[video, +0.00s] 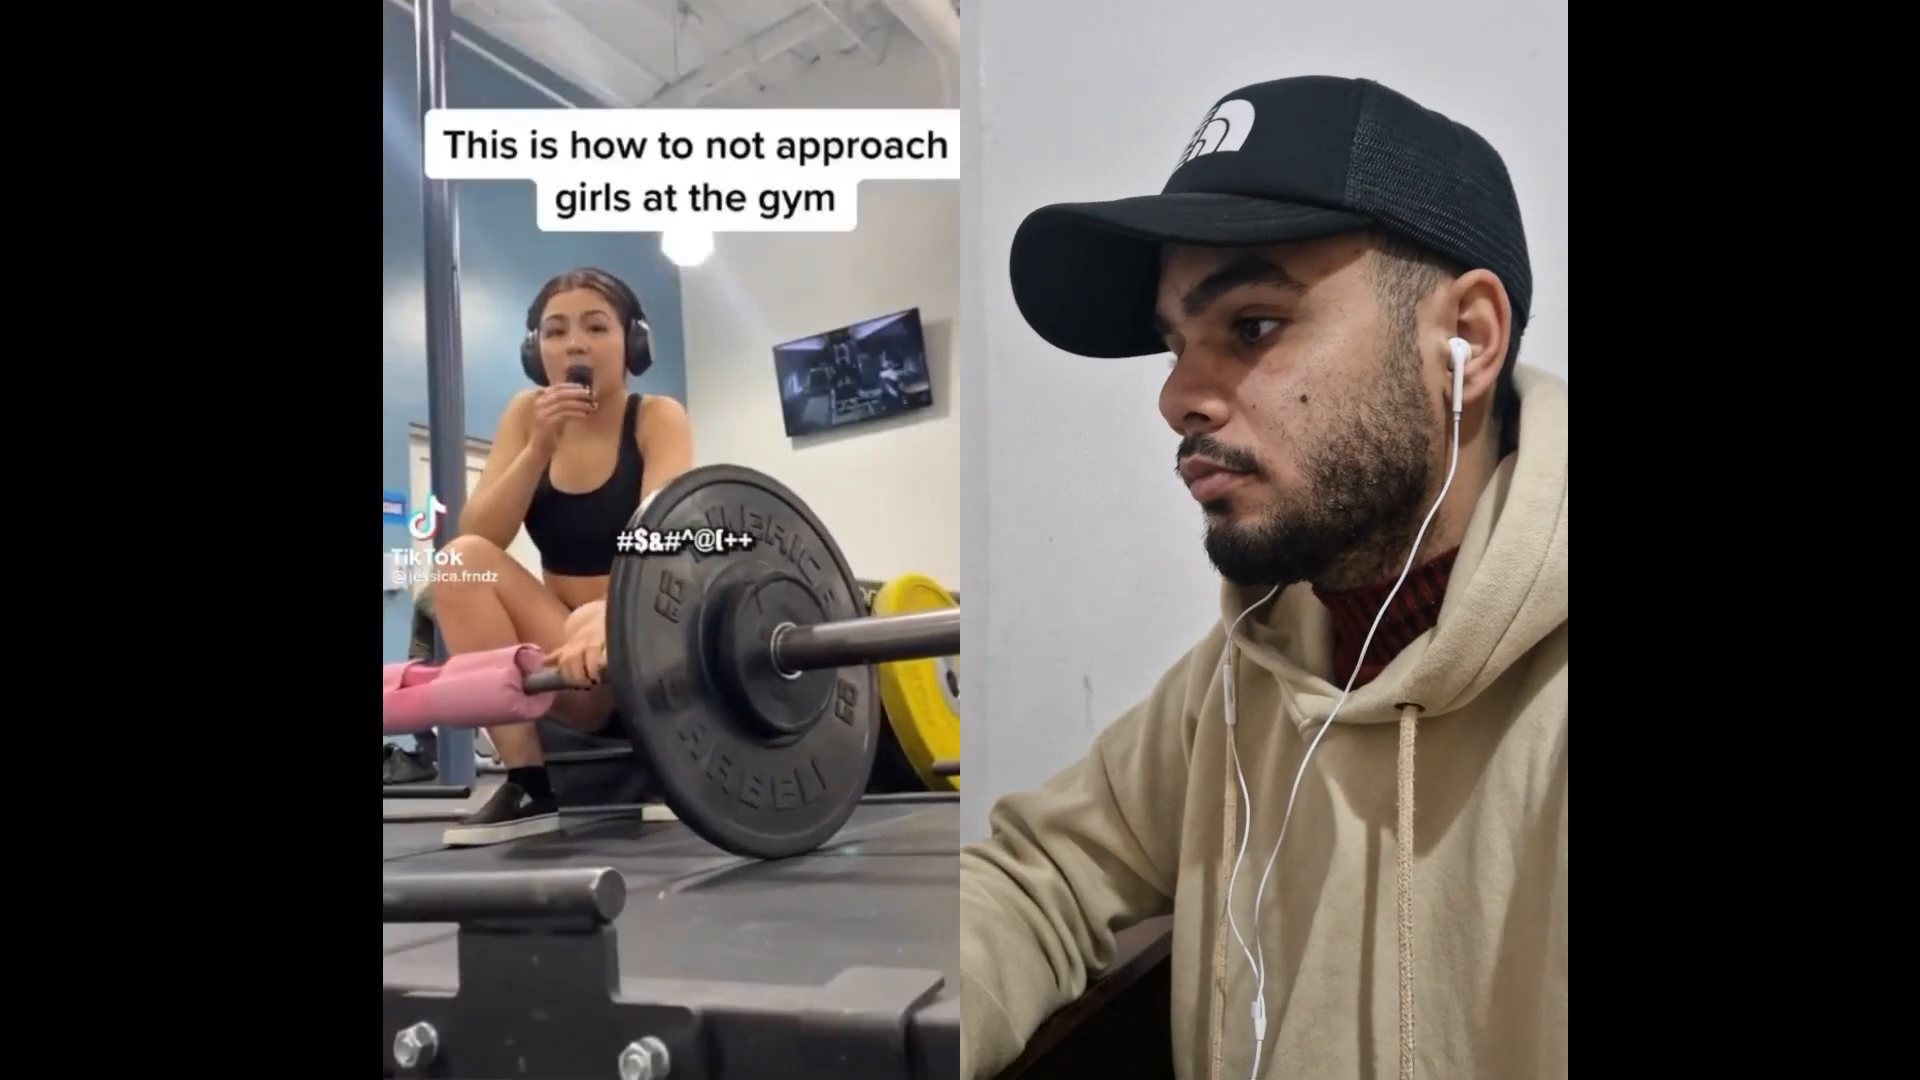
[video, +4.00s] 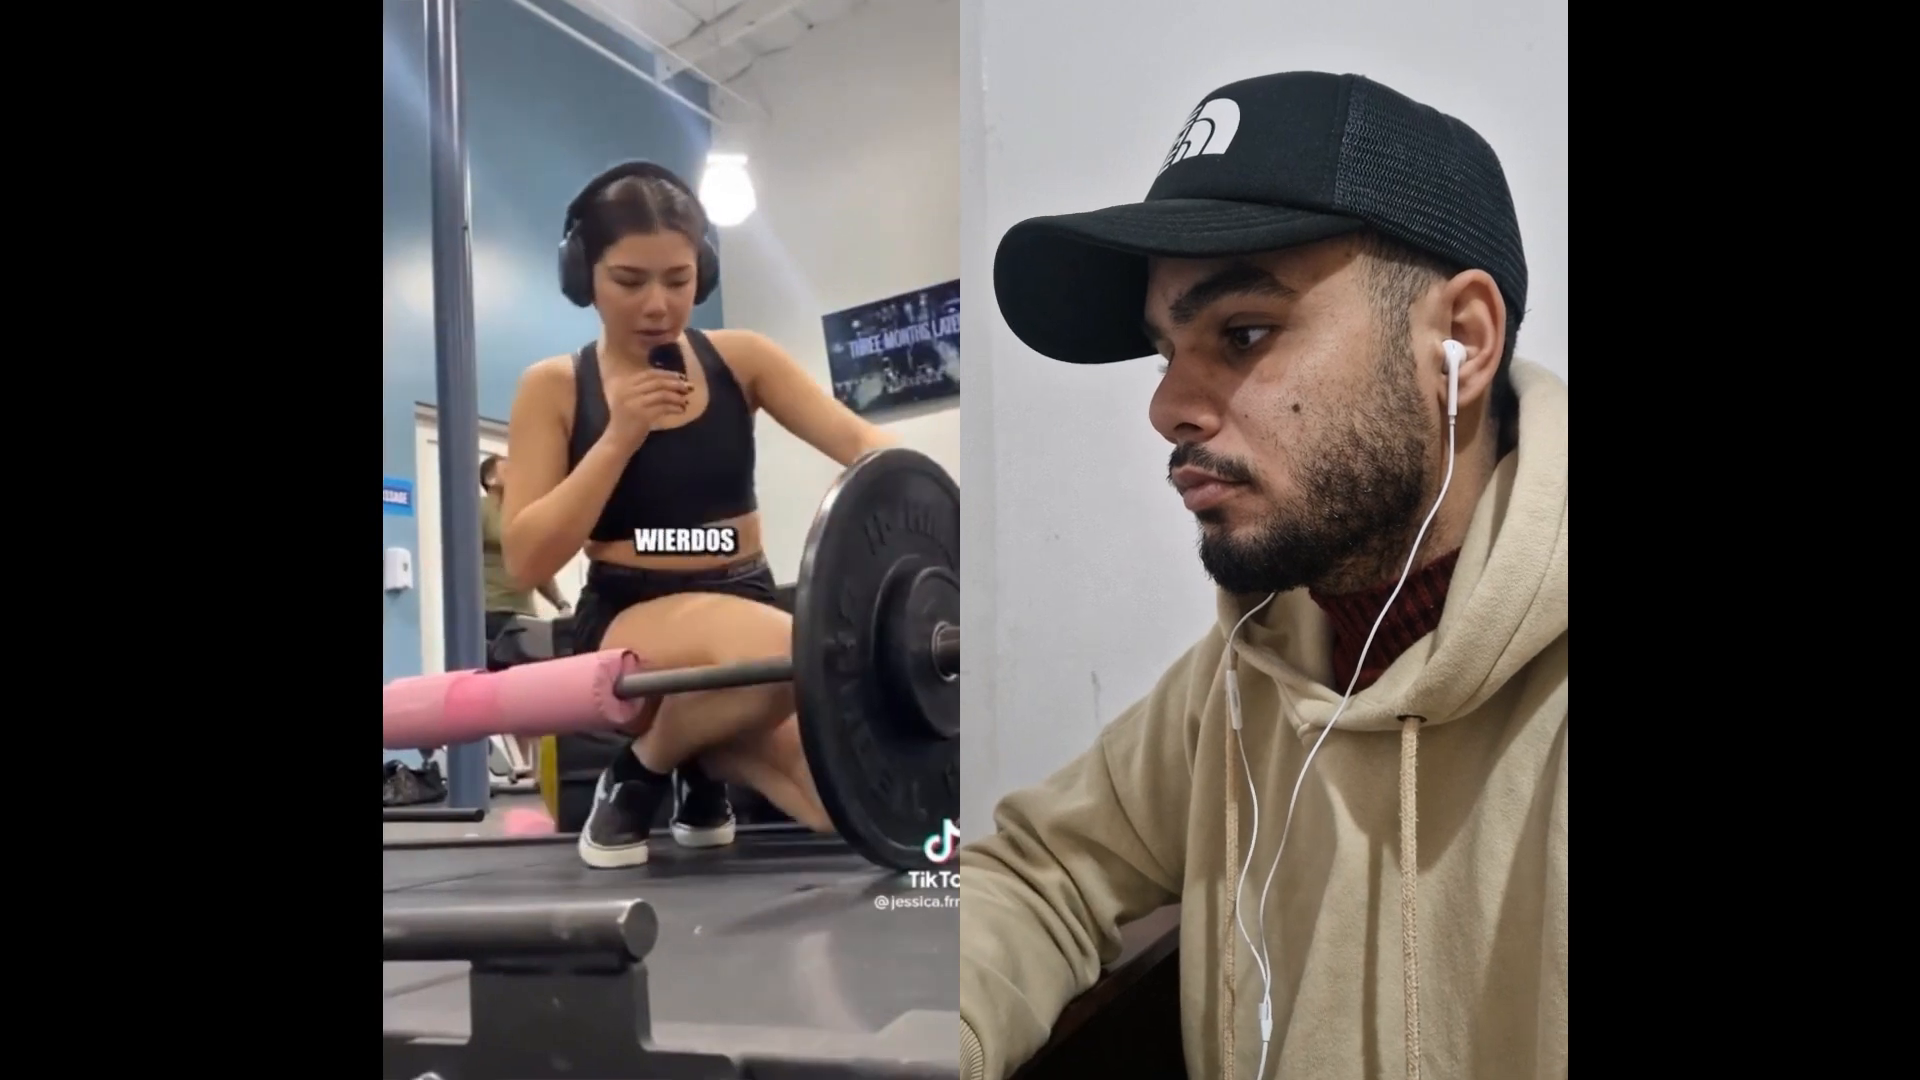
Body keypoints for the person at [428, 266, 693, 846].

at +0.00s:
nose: (576, 343)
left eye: (596, 326)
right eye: (558, 329)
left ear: (630, 343)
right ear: (538, 350)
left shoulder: (658, 418)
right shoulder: (529, 414)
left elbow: (671, 539)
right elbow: (475, 540)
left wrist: (613, 609)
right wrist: (537, 450)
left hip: (658, 645)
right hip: (571, 654)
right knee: (461, 562)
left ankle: (673, 774)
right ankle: (527, 783)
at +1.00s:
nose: (610, 411)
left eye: (628, 388)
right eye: (588, 393)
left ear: (657, 375)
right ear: (561, 385)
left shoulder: (689, 439)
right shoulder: (544, 427)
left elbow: (740, 547)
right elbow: (485, 541)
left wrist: (692, 640)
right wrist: (560, 510)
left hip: (684, 652)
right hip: (578, 651)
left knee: (621, 602)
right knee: (463, 562)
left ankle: (674, 746)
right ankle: (525, 778)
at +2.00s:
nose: (497, 421)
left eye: (508, 393)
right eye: (477, 404)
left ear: (558, 362)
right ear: (464, 397)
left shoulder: (653, 419)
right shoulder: (497, 471)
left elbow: (674, 571)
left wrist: (519, 650)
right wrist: (510, 542)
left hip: (716, 646)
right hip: (602, 664)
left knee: (646, 647)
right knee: (477, 562)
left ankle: (698, 761)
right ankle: (540, 798)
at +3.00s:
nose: (597, 360)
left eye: (610, 334)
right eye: (568, 345)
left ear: (635, 330)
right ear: (540, 358)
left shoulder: (694, 422)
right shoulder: (532, 439)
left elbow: (789, 515)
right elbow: (505, 569)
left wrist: (866, 522)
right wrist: (570, 474)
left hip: (716, 659)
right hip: (598, 672)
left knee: (668, 654)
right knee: (513, 561)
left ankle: (691, 762)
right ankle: (546, 801)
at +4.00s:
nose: (656, 304)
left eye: (677, 278)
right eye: (630, 280)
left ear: (701, 273)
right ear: (586, 275)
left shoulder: (740, 358)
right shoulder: (555, 387)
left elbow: (859, 442)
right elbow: (528, 561)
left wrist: (927, 502)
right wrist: (619, 437)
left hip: (748, 606)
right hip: (624, 618)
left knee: (861, 808)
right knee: (789, 650)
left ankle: (705, 754)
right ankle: (642, 771)